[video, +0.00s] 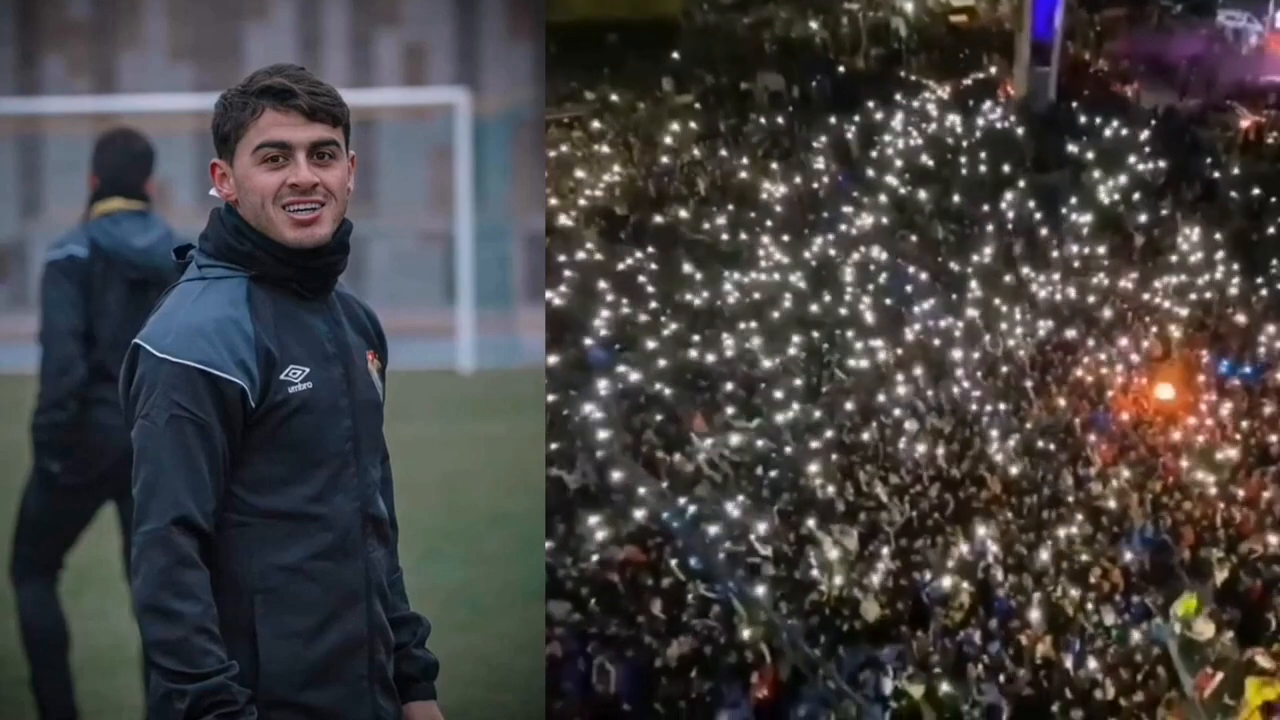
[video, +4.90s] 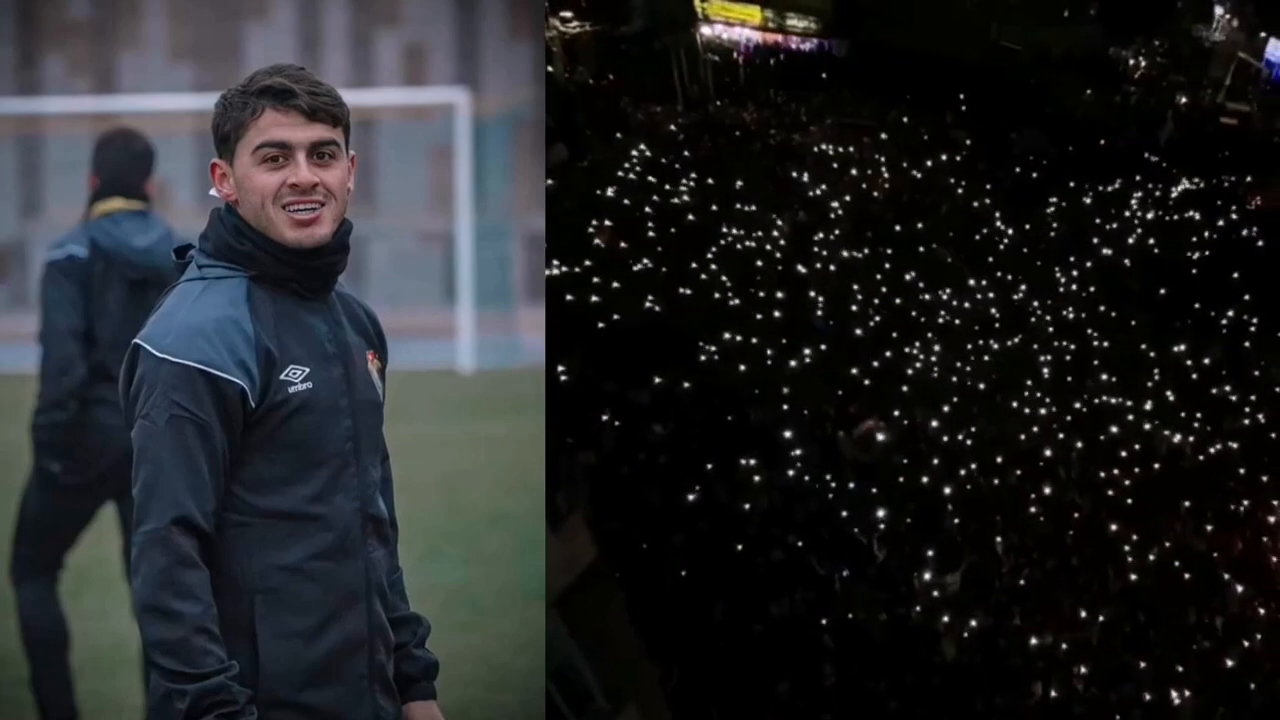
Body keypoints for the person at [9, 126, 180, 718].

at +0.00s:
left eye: (93, 173)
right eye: (150, 178)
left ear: (94, 180)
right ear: (152, 185)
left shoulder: (73, 254)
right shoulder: (178, 255)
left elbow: (65, 363)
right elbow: (191, 352)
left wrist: (51, 442)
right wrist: (175, 429)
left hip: (87, 449)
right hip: (158, 448)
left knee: (33, 570)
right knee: (157, 580)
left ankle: (57, 707)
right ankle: (167, 704)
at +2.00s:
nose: (95, 182)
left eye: (92, 173)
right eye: (150, 178)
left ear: (94, 180)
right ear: (152, 185)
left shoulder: (73, 254)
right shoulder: (178, 255)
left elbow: (65, 363)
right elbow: (191, 352)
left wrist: (51, 442)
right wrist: (175, 429)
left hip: (87, 449)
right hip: (158, 448)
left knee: (34, 570)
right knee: (157, 580)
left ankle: (57, 707)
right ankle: (167, 704)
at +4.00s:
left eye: (92, 173)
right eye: (150, 178)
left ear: (94, 180)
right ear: (152, 185)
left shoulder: (73, 254)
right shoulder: (178, 255)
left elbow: (65, 363)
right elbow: (191, 352)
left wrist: (51, 442)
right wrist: (175, 429)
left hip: (87, 449)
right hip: (158, 448)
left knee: (34, 570)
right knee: (157, 580)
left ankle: (57, 707)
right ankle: (167, 704)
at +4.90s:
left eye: (93, 174)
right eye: (150, 178)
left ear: (94, 180)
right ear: (152, 185)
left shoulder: (73, 253)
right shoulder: (177, 254)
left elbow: (65, 363)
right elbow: (190, 352)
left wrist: (50, 443)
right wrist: (174, 429)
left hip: (87, 449)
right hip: (157, 448)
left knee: (34, 569)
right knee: (157, 580)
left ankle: (57, 708)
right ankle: (167, 705)